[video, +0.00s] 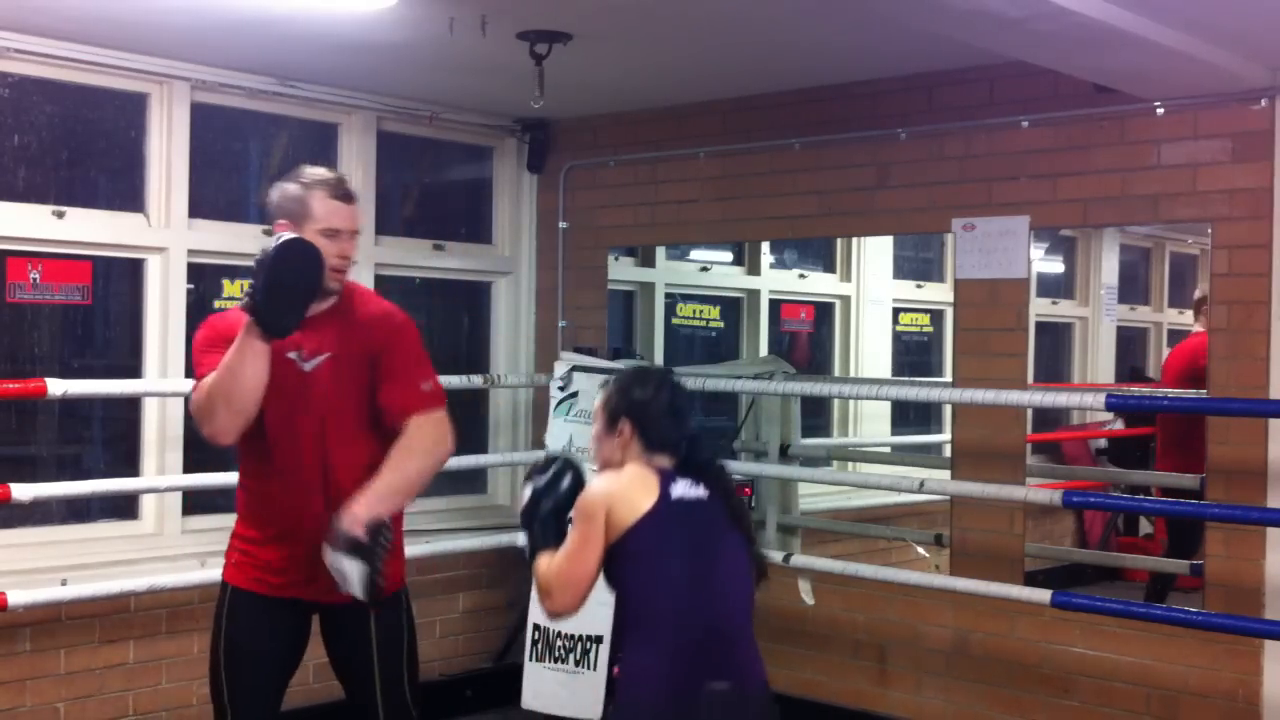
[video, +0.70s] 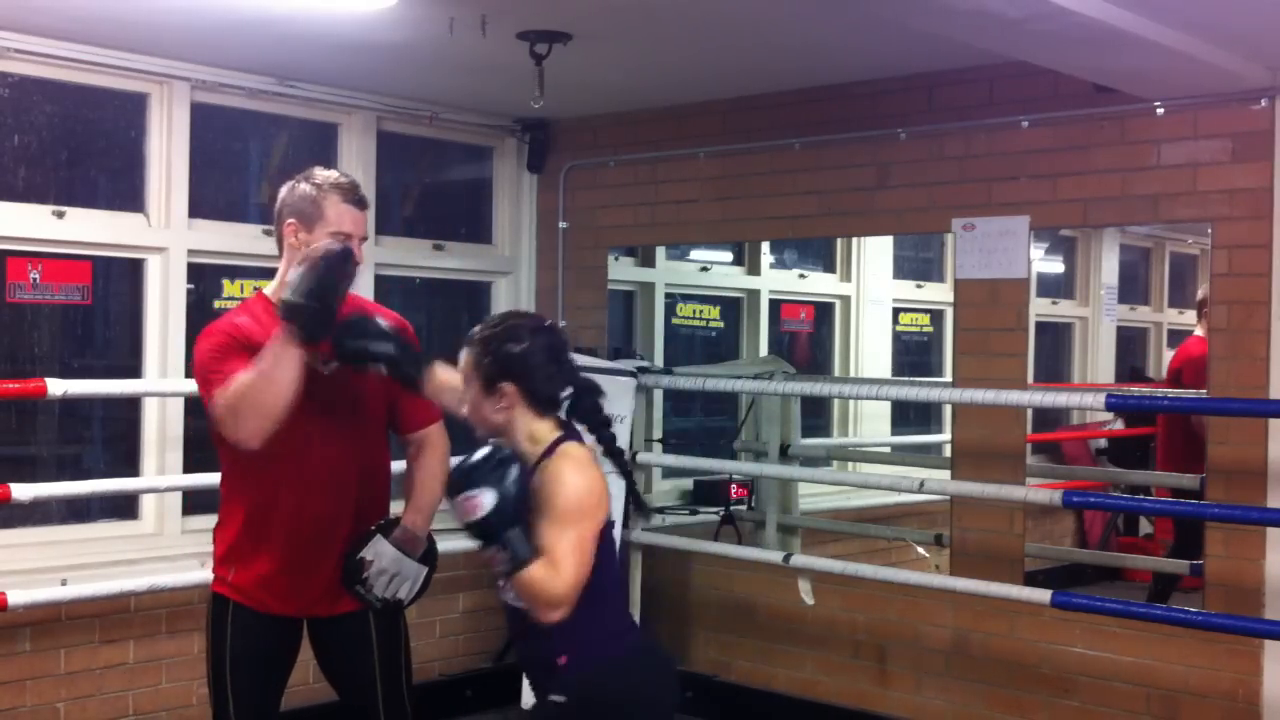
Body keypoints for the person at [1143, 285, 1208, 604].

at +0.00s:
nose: (1220, 317)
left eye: (1217, 311)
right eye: (1217, 312)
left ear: (1198, 313)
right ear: (1206, 312)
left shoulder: (1181, 349)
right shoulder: (1206, 348)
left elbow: (1168, 409)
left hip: (1173, 464)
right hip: (1192, 467)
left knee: (1179, 543)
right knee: (1182, 543)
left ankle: (1152, 608)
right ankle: (1151, 609)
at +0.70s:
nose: (1223, 315)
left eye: (1220, 308)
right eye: (1220, 309)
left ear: (1200, 311)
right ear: (1208, 311)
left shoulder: (1190, 348)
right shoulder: (1199, 352)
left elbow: (1186, 411)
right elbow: (1199, 415)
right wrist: (1224, 445)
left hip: (1182, 461)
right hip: (1190, 465)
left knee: (1189, 539)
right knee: (1187, 540)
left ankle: (1155, 603)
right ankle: (1154, 606)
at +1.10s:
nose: (1221, 315)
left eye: (1219, 309)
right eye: (1217, 309)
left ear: (1200, 311)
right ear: (1204, 311)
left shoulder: (1218, 353)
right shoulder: (1187, 355)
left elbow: (1154, 409)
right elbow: (1153, 406)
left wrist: (1175, 460)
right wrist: (1176, 462)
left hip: (1214, 469)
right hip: (1192, 470)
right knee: (1185, 545)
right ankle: (1152, 610)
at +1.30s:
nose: (1228, 321)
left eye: (1229, 314)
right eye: (1223, 314)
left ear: (1205, 315)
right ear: (1209, 316)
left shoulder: (1227, 356)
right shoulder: (1182, 362)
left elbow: (1142, 415)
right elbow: (1142, 412)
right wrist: (1138, 469)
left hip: (1217, 467)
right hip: (1186, 469)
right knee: (1186, 542)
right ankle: (1151, 608)